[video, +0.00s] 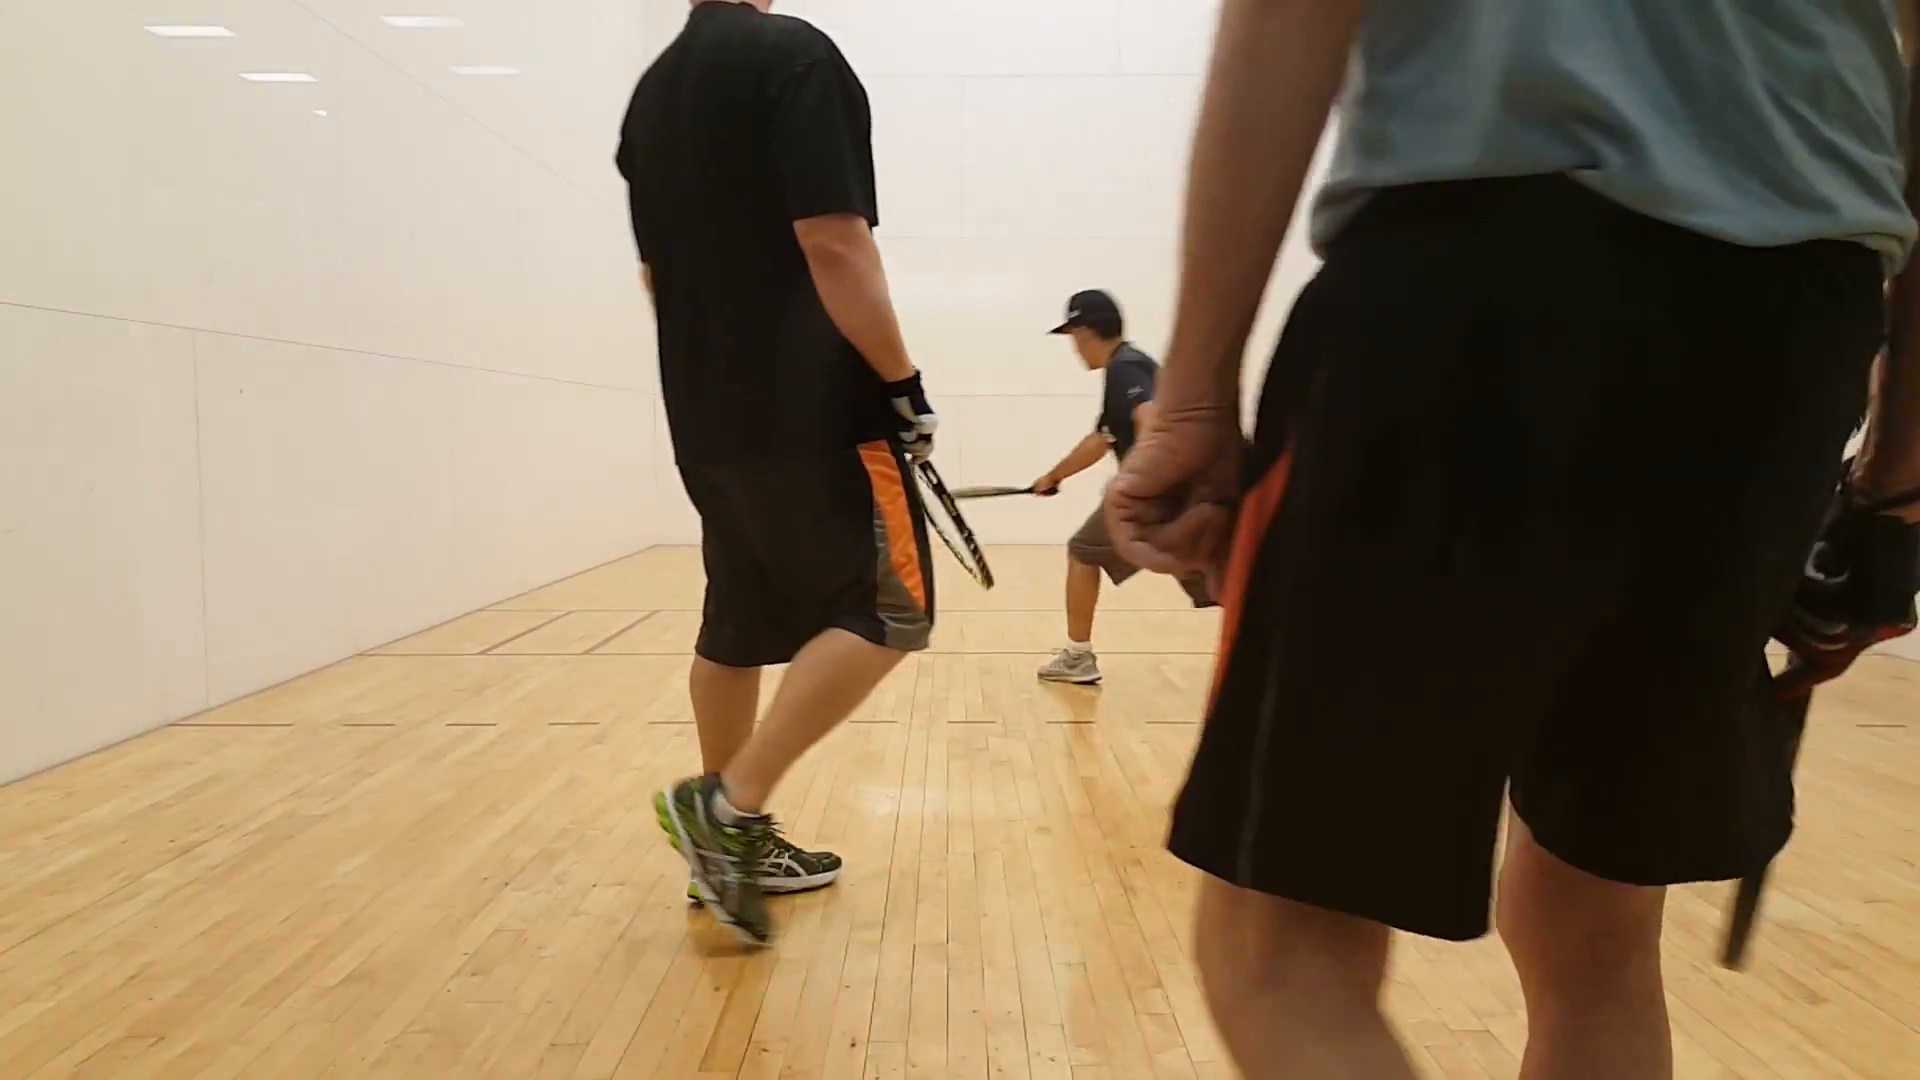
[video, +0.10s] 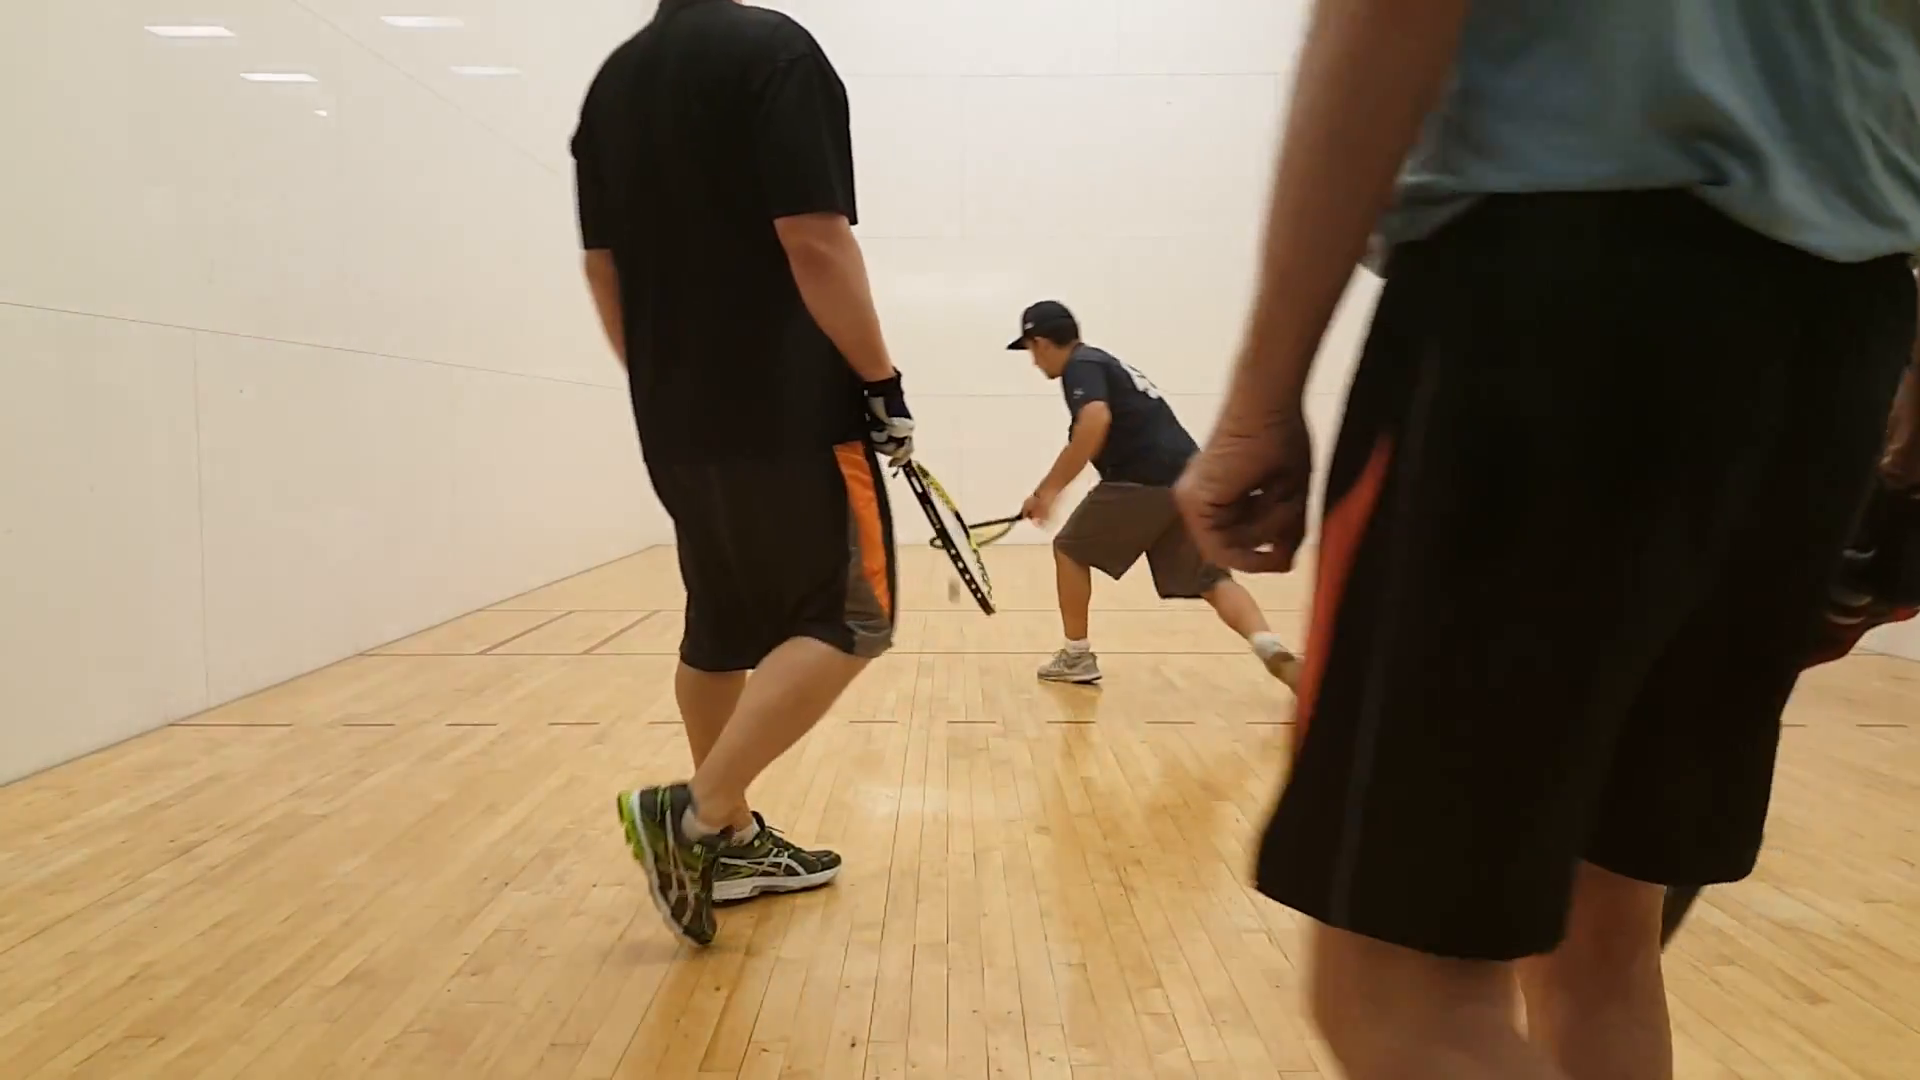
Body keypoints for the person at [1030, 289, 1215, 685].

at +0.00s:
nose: (1074, 345)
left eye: (1075, 334)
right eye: (1072, 336)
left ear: (1094, 331)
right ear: (1108, 329)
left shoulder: (1124, 367)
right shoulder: (1128, 367)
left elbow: (1151, 428)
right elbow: (1102, 437)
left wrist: (1134, 484)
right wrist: (1056, 474)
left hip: (1147, 491)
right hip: (1176, 489)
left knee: (1083, 552)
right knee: (1208, 585)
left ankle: (1078, 654)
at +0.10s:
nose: (1033, 357)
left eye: (1033, 347)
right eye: (1030, 349)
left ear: (1049, 341)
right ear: (1069, 337)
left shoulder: (1081, 366)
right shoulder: (1100, 361)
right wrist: (1041, 494)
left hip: (1139, 482)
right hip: (1184, 479)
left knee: (1069, 551)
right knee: (1209, 575)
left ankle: (1077, 654)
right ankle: (1269, 646)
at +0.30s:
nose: (1008, 331)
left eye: (1006, 321)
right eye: (1005, 323)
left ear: (1015, 311)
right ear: (1045, 305)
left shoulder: (1036, 335)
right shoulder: (1083, 328)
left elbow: (1032, 398)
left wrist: (996, 417)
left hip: (1108, 448)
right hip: (1159, 441)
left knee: (1064, 542)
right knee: (1150, 542)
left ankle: (1076, 650)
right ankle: (1166, 617)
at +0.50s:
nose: (1020, 284)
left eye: (1020, 274)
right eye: (1018, 275)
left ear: (1033, 269)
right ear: (1063, 269)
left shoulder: (1031, 309)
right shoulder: (1105, 306)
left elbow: (1006, 370)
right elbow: (1151, 360)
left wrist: (979, 400)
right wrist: (1167, 426)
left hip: (1066, 438)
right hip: (1121, 440)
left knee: (1052, 539)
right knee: (1096, 538)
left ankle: (1068, 638)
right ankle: (1078, 631)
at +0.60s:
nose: (1029, 276)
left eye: (1030, 267)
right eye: (1029, 268)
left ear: (1045, 263)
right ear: (1075, 265)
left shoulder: (1036, 308)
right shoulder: (1114, 308)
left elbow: (1004, 371)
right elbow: (1156, 361)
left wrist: (973, 399)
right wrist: (1175, 423)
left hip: (1050, 443)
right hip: (1103, 447)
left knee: (1042, 540)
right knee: (1076, 546)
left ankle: (1061, 628)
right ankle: (1055, 643)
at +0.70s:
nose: (1039, 274)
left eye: (1040, 266)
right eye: (1038, 266)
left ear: (1053, 261)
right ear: (1083, 264)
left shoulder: (1038, 309)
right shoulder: (1119, 311)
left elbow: (1008, 372)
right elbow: (1153, 367)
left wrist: (974, 399)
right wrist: (1169, 429)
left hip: (1045, 446)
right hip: (1096, 451)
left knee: (1020, 529)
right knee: (1073, 542)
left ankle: (1038, 604)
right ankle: (1055, 636)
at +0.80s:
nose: (1042, 271)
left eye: (1043, 263)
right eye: (1042, 264)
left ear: (1054, 259)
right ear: (1088, 262)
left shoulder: (1035, 306)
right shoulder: (1121, 311)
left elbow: (999, 377)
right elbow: (1145, 376)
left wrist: (991, 379)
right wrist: (1152, 434)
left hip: (1042, 441)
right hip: (1095, 446)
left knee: (1019, 525)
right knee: (1074, 538)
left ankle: (1022, 589)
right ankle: (1056, 632)